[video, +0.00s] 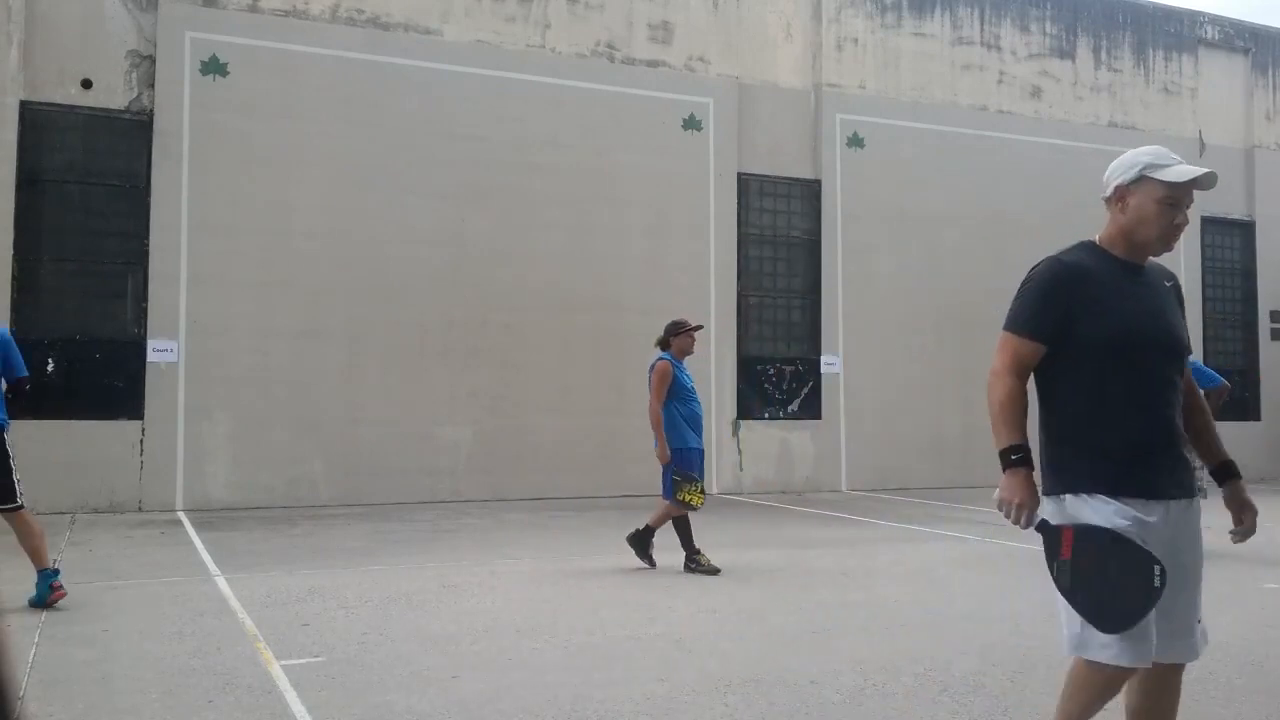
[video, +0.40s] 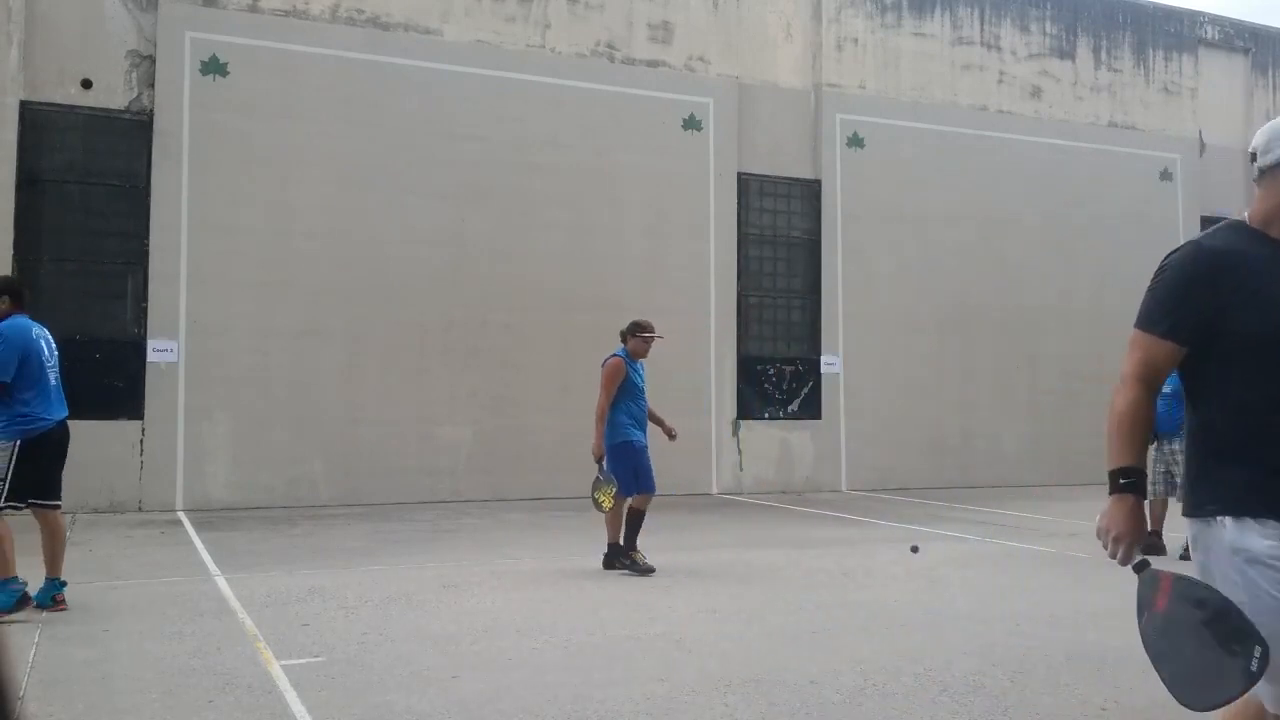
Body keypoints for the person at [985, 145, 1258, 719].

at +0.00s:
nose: (1184, 215)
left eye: (1187, 204)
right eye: (1172, 201)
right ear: (1120, 198)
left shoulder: (1165, 285)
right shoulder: (1059, 277)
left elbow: (1184, 392)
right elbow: (1005, 373)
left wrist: (1227, 479)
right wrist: (1016, 467)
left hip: (1173, 502)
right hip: (1094, 501)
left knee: (1169, 653)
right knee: (1113, 654)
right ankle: (1064, 717)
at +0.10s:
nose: (1227, 209)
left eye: (1228, 195)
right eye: (1214, 192)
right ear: (1162, 188)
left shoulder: (1201, 278)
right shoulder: (1091, 270)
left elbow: (1232, 387)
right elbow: (1032, 370)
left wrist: (1277, 448)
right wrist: (1026, 468)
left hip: (1203, 496)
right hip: (1128, 495)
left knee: (1180, 653)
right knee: (1179, 652)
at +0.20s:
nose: (1270, 206)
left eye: (1271, 192)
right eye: (1258, 189)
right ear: (1203, 184)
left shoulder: (1241, 276)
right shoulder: (1124, 272)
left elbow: (1271, 379)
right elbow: (1061, 374)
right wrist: (1044, 474)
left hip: (1240, 504)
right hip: (1163, 506)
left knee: (1177, 663)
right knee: (1220, 675)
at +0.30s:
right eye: (1279, 176)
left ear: (1250, 186)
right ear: (1245, 184)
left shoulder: (1272, 276)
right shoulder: (1163, 275)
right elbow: (1096, 380)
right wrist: (1076, 485)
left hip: (1268, 519)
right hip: (1204, 520)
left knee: (1203, 676)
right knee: (1264, 696)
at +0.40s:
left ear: (1259, 171)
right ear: (1271, 172)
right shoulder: (1208, 264)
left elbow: (1139, 382)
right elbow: (1138, 381)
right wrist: (1126, 491)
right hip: (1245, 523)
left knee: (1258, 690)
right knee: (1256, 693)